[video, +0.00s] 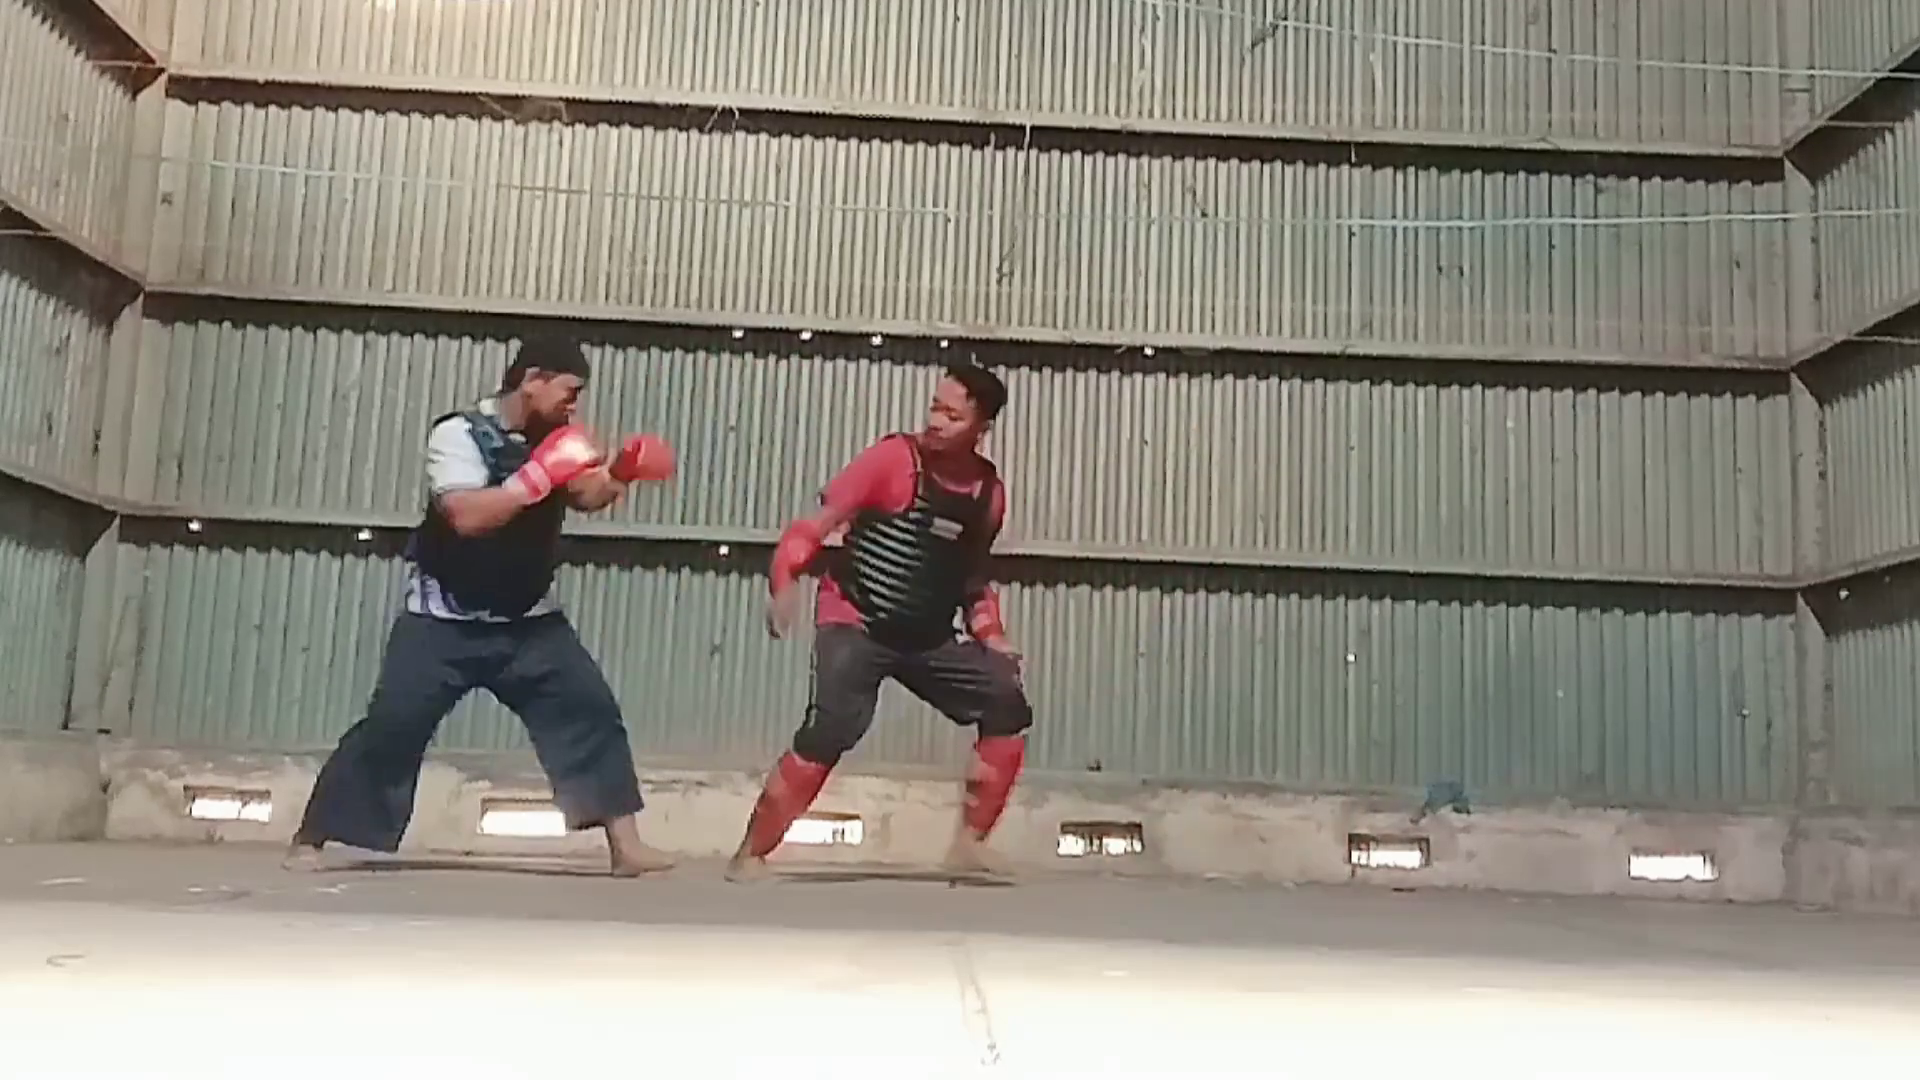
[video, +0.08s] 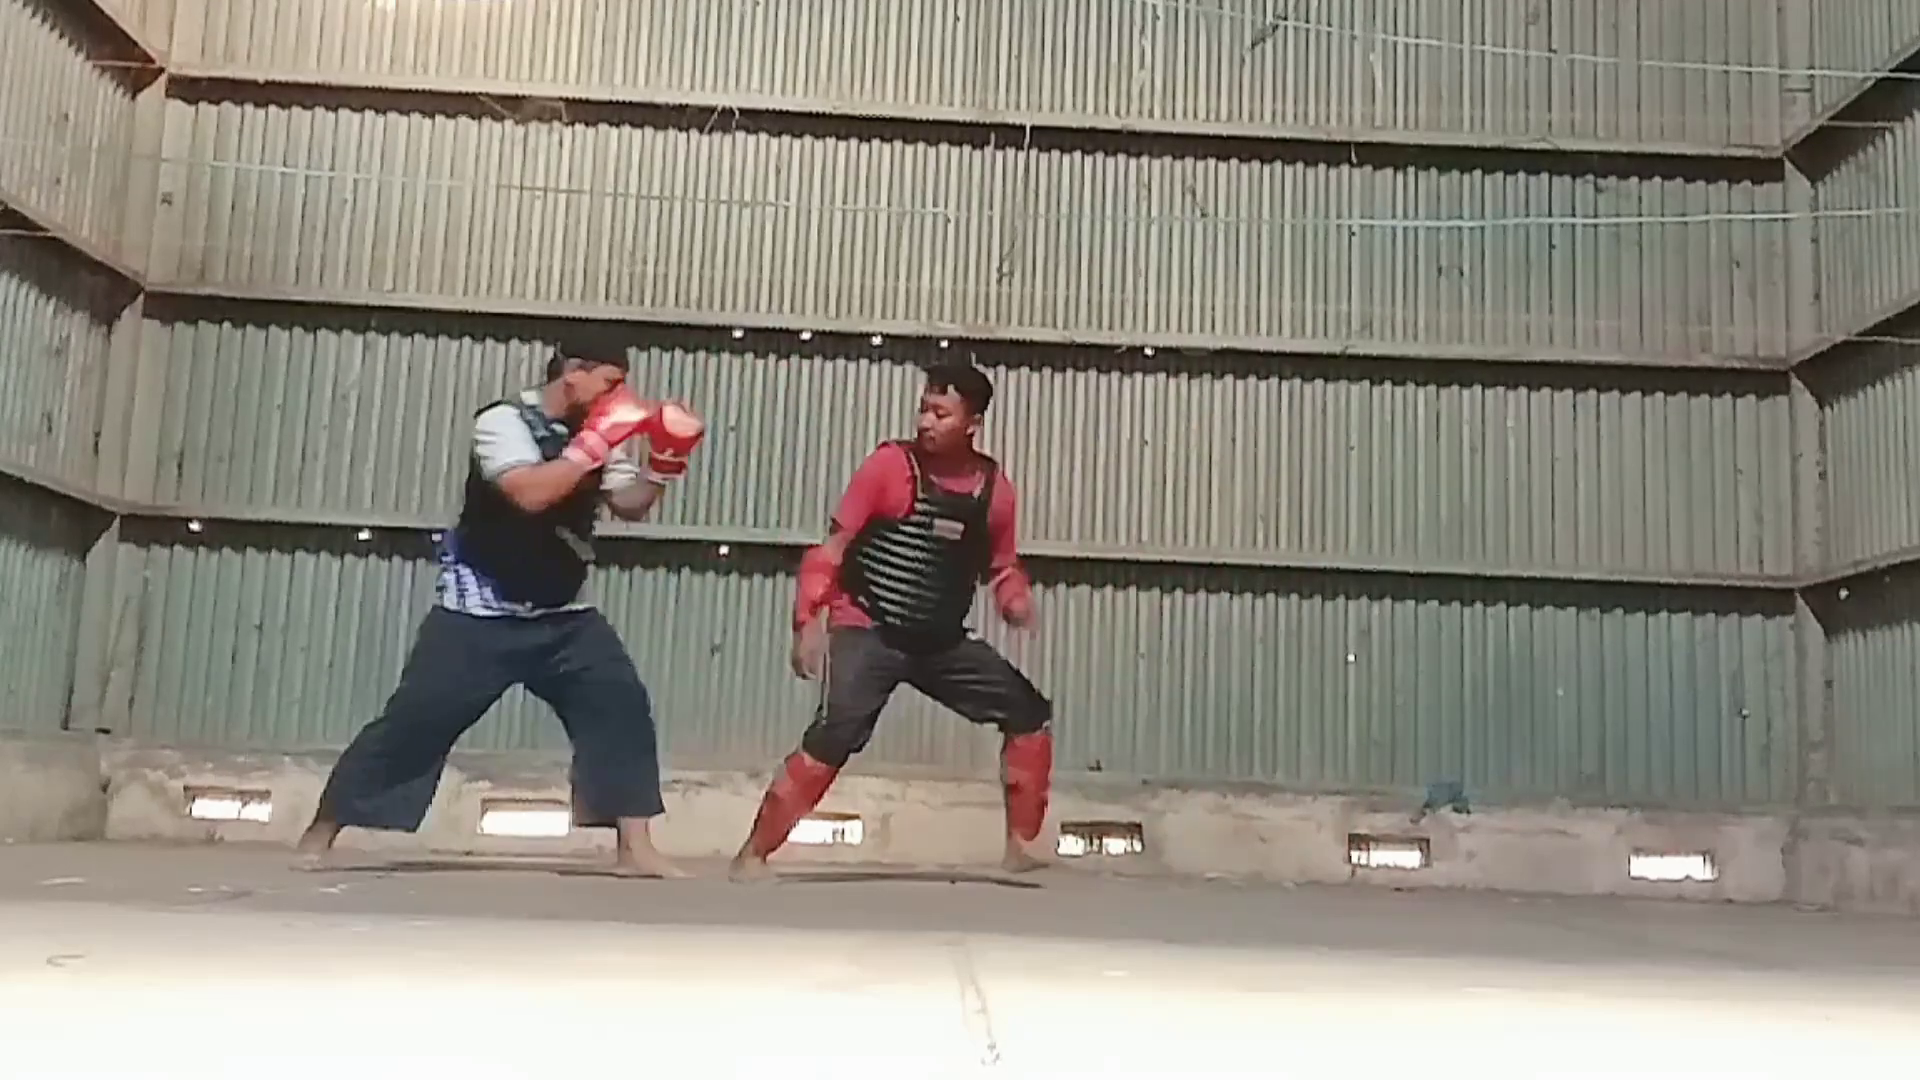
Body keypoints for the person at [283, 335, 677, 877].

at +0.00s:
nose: (573, 406)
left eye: (577, 396)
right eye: (567, 393)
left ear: (546, 386)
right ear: (530, 380)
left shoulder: (557, 445)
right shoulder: (456, 435)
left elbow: (587, 496)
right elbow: (466, 516)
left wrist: (619, 475)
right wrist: (540, 476)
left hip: (530, 623)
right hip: (441, 623)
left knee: (591, 708)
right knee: (395, 721)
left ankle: (627, 849)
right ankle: (312, 836)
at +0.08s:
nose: (616, 395)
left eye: (620, 385)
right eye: (612, 382)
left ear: (584, 376)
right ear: (575, 373)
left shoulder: (597, 435)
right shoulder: (501, 422)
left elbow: (630, 503)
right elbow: (529, 493)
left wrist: (666, 459)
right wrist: (595, 442)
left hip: (560, 618)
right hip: (475, 616)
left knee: (621, 704)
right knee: (412, 724)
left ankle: (637, 847)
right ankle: (321, 834)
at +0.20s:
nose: (653, 389)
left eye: (655, 378)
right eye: (648, 375)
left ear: (614, 373)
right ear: (611, 370)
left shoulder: (623, 433)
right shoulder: (533, 414)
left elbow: (655, 507)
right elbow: (577, 481)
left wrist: (691, 481)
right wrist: (635, 425)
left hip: (580, 613)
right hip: (497, 609)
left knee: (634, 710)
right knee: (435, 719)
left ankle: (636, 847)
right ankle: (357, 825)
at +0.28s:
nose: (659, 392)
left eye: (664, 383)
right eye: (656, 378)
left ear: (628, 368)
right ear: (625, 363)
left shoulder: (631, 434)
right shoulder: (544, 410)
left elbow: (654, 505)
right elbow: (584, 481)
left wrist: (687, 491)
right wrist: (641, 425)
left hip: (583, 600)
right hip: (504, 594)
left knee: (627, 703)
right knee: (461, 705)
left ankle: (635, 846)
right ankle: (399, 825)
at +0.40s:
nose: (656, 393)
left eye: (661, 382)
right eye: (655, 378)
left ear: (622, 366)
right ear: (622, 362)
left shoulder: (619, 428)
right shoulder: (539, 411)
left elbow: (616, 498)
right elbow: (560, 494)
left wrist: (668, 504)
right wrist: (632, 454)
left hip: (588, 597)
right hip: (512, 591)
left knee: (635, 693)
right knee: (486, 706)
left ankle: (638, 841)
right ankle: (443, 838)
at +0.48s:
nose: (656, 391)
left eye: (661, 380)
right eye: (654, 377)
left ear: (620, 371)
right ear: (618, 367)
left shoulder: (624, 430)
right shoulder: (539, 420)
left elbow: (617, 497)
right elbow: (553, 504)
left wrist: (673, 497)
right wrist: (627, 463)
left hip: (597, 604)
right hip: (519, 602)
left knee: (654, 685)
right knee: (490, 706)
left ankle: (647, 834)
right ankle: (443, 838)